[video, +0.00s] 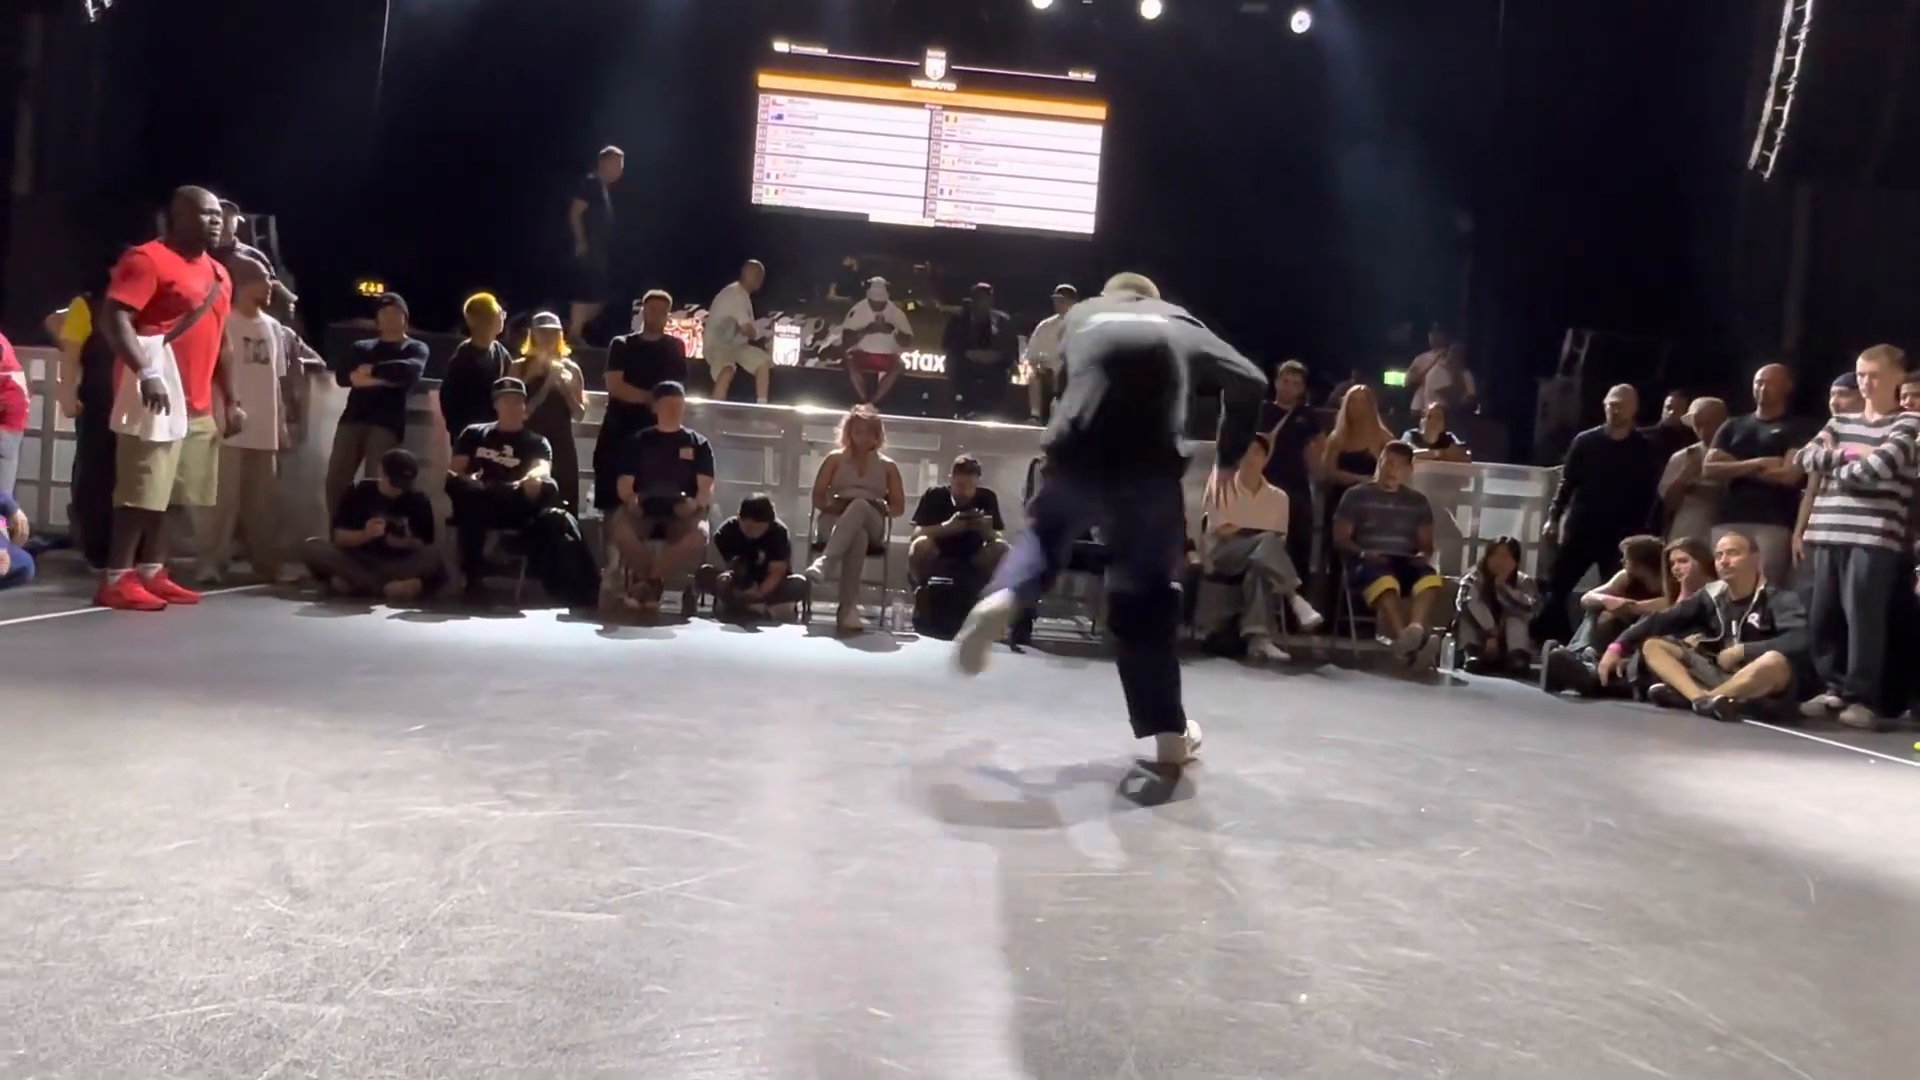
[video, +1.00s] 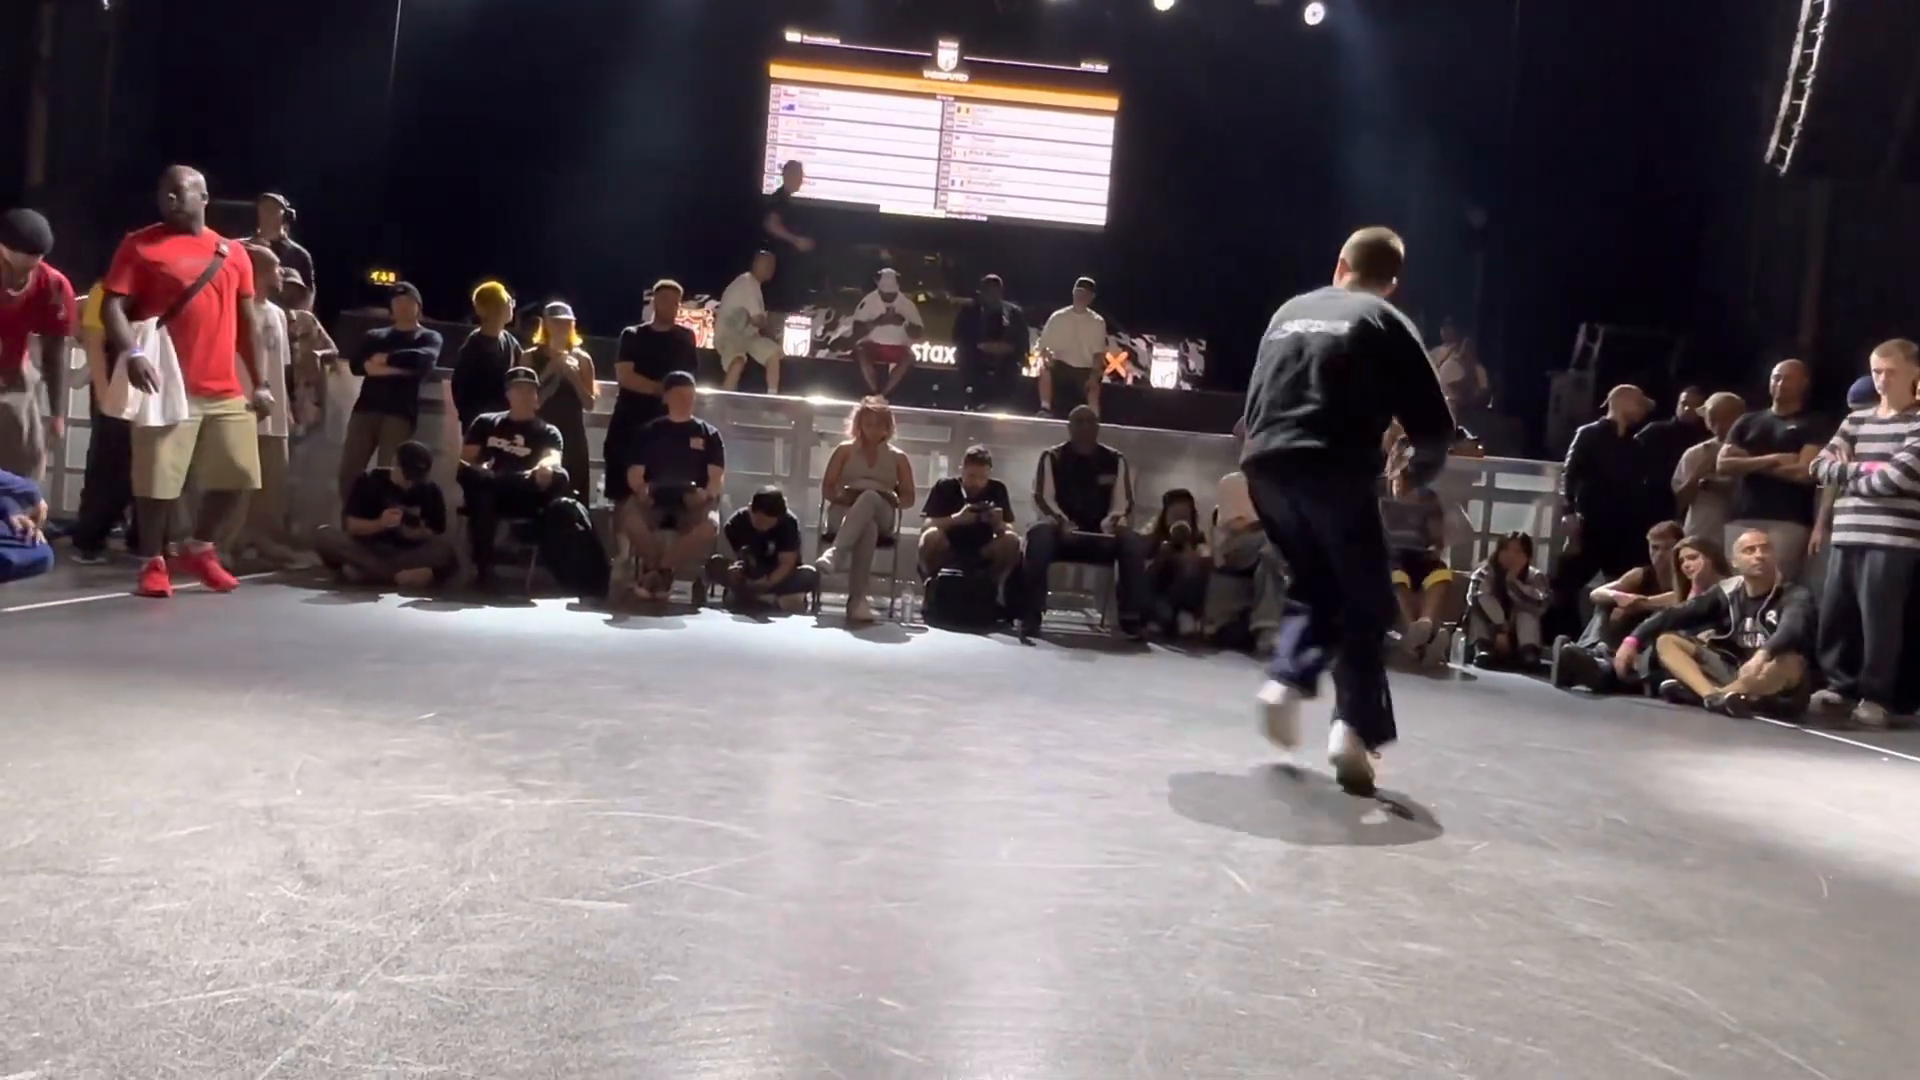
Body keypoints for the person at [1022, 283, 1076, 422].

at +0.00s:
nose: (1062, 305)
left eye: (1066, 301)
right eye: (1058, 300)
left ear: (1074, 303)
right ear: (1054, 302)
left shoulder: (1080, 326)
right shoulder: (1044, 326)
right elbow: (1032, 351)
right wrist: (1037, 364)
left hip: (1071, 367)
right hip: (1047, 366)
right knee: (1035, 376)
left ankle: (1065, 415)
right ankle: (1035, 414)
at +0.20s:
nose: (1064, 302)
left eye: (1069, 299)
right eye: (1062, 298)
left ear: (1078, 302)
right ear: (1058, 301)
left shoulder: (1088, 326)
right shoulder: (1048, 324)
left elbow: (1092, 358)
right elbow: (1033, 351)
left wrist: (1086, 380)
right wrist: (1039, 361)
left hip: (1078, 372)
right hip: (1054, 370)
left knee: (1087, 387)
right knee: (1037, 376)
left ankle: (1085, 424)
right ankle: (1038, 414)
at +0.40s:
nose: (1067, 300)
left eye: (1071, 297)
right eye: (1065, 296)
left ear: (1081, 299)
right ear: (1062, 298)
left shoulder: (1091, 324)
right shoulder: (1051, 321)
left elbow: (1094, 355)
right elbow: (1036, 348)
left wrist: (1088, 378)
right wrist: (1041, 360)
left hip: (1080, 370)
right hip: (1056, 368)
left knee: (1089, 384)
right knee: (1040, 373)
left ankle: (1088, 420)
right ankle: (1039, 412)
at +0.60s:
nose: (1073, 298)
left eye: (1078, 295)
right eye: (1071, 294)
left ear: (1085, 298)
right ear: (1066, 296)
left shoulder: (1093, 323)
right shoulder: (1054, 320)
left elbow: (1096, 355)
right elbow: (1039, 348)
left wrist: (1091, 378)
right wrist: (1043, 362)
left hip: (1083, 369)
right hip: (1058, 367)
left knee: (1091, 384)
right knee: (1042, 373)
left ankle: (1090, 420)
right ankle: (1042, 411)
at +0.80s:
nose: (1078, 297)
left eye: (1082, 293)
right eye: (1075, 292)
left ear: (1088, 297)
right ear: (1070, 295)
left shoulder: (1095, 322)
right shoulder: (1056, 318)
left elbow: (1097, 354)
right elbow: (1041, 346)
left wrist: (1093, 377)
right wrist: (1045, 360)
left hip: (1084, 368)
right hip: (1059, 365)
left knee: (1092, 383)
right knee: (1043, 371)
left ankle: (1092, 419)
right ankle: (1043, 409)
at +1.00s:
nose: (1081, 294)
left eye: (1086, 291)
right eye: (1078, 290)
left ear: (1092, 296)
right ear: (1073, 293)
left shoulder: (1097, 322)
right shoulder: (1058, 316)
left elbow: (1098, 353)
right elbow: (1042, 344)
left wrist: (1094, 376)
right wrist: (1046, 358)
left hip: (1085, 367)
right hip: (1061, 364)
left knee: (1094, 383)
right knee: (1045, 371)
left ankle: (1093, 419)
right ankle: (1045, 408)